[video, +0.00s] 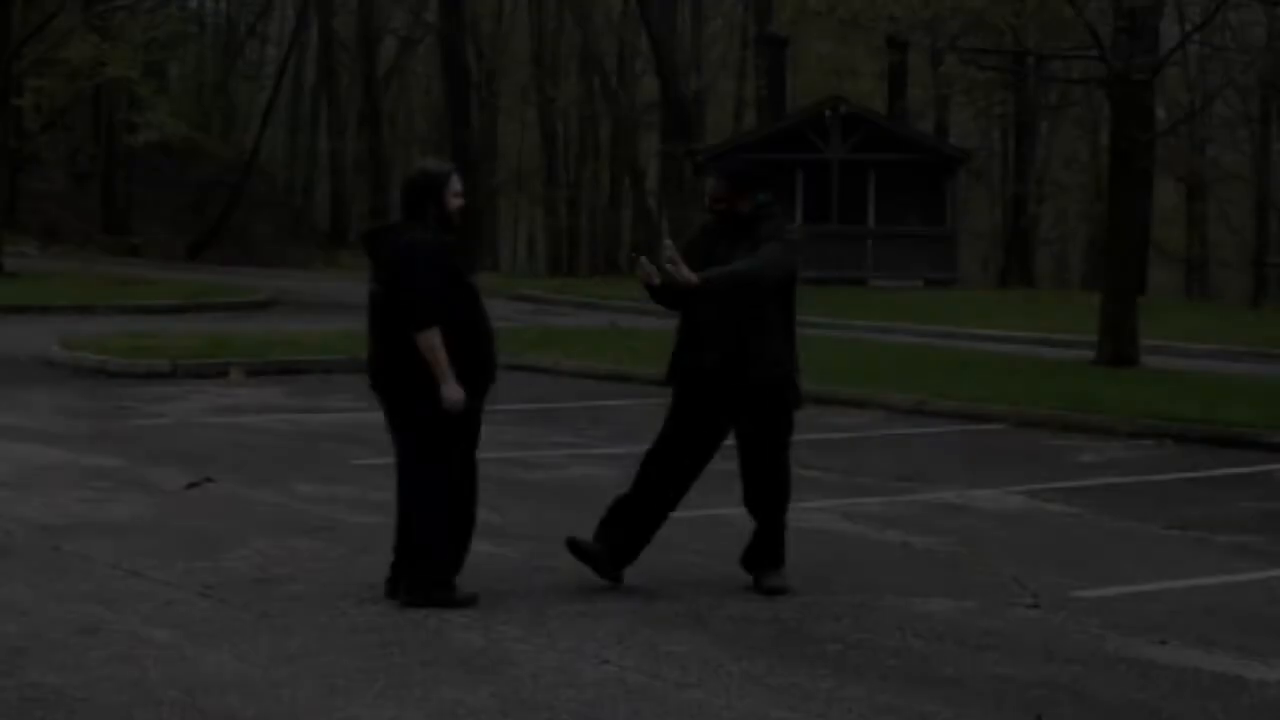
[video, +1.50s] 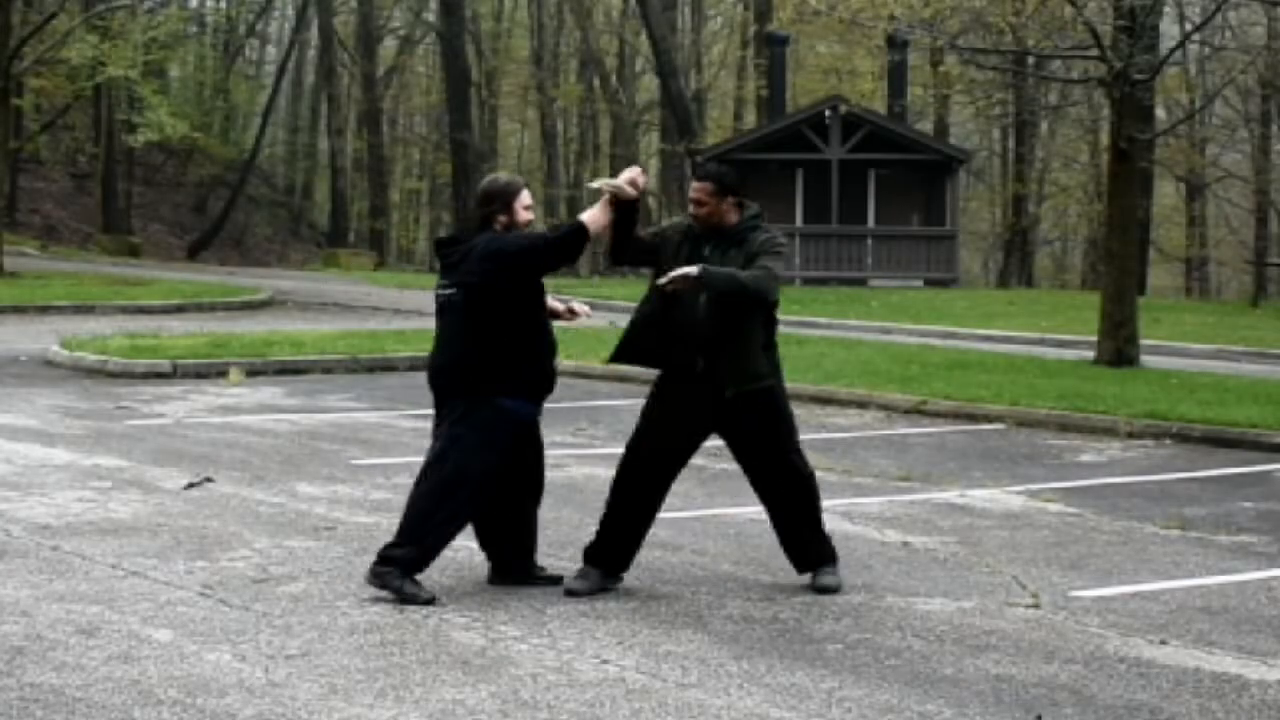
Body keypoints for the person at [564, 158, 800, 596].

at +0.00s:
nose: (713, 204)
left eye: (720, 195)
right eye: (713, 196)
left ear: (739, 197)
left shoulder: (774, 240)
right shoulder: (710, 237)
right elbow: (686, 301)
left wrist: (699, 280)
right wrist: (659, 286)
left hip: (764, 380)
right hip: (706, 378)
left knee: (767, 481)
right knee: (667, 468)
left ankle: (769, 567)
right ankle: (612, 553)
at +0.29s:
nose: (665, 208)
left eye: (675, 200)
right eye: (662, 199)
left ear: (702, 201)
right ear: (661, 199)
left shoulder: (727, 241)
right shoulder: (653, 241)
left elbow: (719, 283)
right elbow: (599, 295)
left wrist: (646, 272)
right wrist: (575, 267)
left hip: (717, 384)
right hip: (653, 383)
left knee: (743, 477)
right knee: (625, 478)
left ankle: (766, 567)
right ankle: (601, 570)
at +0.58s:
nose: (621, 207)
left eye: (630, 200)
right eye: (616, 199)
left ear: (654, 199)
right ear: (611, 197)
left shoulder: (684, 234)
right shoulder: (604, 238)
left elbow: (689, 280)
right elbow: (555, 256)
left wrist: (620, 268)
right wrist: (504, 256)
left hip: (687, 378)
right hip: (623, 381)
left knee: (721, 470)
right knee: (602, 475)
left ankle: (749, 567)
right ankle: (600, 570)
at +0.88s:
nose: (613, 213)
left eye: (622, 206)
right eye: (608, 205)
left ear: (646, 203)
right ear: (603, 203)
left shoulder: (677, 235)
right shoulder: (595, 243)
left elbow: (683, 285)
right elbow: (554, 271)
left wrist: (620, 279)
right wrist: (513, 284)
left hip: (679, 382)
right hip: (615, 385)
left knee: (717, 471)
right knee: (598, 477)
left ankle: (749, 567)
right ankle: (599, 569)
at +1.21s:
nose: (623, 212)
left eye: (633, 206)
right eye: (620, 204)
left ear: (659, 206)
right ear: (616, 205)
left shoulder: (693, 245)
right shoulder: (605, 251)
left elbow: (701, 297)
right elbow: (569, 296)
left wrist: (635, 285)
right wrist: (584, 326)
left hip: (689, 385)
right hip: (624, 387)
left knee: (737, 468)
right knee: (598, 475)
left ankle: (782, 556)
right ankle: (597, 568)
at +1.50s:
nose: (693, 210)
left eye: (701, 203)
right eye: (691, 202)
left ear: (731, 204)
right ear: (689, 201)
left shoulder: (764, 241)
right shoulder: (682, 235)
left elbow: (764, 287)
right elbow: (622, 252)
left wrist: (702, 276)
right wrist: (624, 202)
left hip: (748, 387)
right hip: (684, 385)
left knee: (784, 474)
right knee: (640, 472)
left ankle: (821, 564)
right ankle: (602, 566)